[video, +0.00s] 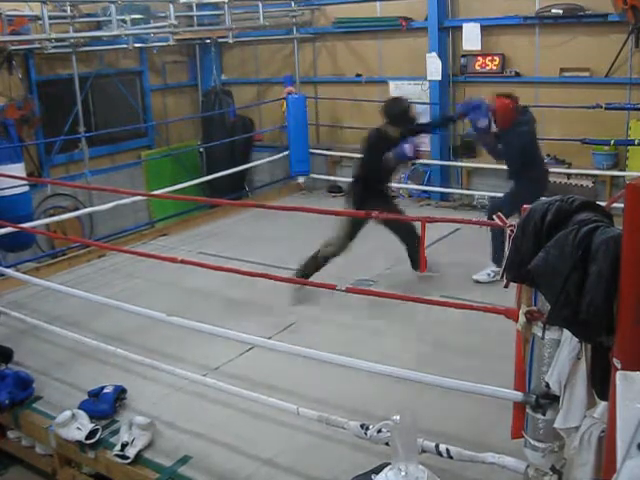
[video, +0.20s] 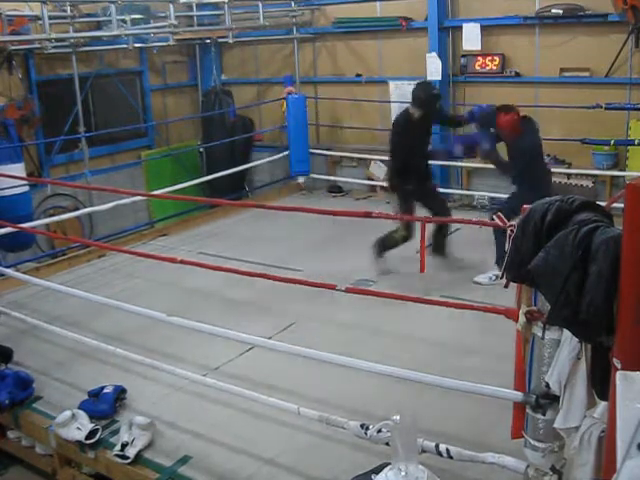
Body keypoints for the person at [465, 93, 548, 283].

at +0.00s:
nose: (496, 121)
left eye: (498, 117)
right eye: (496, 117)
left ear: (506, 117)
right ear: (512, 114)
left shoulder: (518, 133)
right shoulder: (521, 122)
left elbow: (500, 156)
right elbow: (501, 141)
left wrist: (485, 138)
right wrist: (487, 133)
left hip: (529, 185)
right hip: (534, 181)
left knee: (496, 211)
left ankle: (498, 265)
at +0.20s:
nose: (505, 134)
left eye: (508, 130)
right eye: (503, 130)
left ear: (516, 123)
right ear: (499, 123)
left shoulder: (525, 142)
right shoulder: (521, 125)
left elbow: (512, 171)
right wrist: (481, 117)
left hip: (531, 190)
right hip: (540, 185)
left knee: (499, 218)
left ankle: (502, 268)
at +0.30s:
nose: (498, 133)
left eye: (499, 129)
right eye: (496, 129)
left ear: (508, 127)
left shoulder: (519, 143)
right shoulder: (523, 123)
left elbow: (519, 179)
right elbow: (491, 130)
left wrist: (497, 176)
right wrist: (485, 115)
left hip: (526, 194)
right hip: (539, 189)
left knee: (486, 214)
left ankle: (496, 267)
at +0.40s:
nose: (497, 123)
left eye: (500, 119)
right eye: (497, 118)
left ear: (509, 118)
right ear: (516, 113)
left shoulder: (518, 140)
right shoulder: (525, 122)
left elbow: (520, 179)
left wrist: (502, 195)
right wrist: (495, 104)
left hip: (525, 198)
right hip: (537, 192)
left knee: (485, 224)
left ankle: (497, 273)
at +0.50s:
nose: (489, 112)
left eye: (491, 108)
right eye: (490, 107)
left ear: (496, 109)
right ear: (515, 104)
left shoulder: (497, 132)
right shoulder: (530, 119)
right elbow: (541, 121)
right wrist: (521, 107)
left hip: (512, 189)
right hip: (538, 186)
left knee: (488, 225)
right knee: (539, 225)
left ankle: (496, 273)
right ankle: (542, 274)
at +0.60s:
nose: (489, 105)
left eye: (490, 102)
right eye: (491, 102)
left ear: (492, 104)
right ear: (510, 102)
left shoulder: (487, 130)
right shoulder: (523, 120)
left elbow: (473, 154)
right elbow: (547, 141)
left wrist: (454, 146)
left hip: (511, 188)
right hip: (538, 183)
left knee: (492, 226)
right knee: (547, 224)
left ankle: (491, 275)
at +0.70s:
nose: (486, 110)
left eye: (487, 106)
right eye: (487, 106)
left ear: (491, 108)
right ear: (509, 106)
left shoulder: (486, 135)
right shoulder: (522, 123)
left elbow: (465, 163)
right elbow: (542, 144)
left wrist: (461, 147)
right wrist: (541, 144)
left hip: (509, 193)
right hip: (535, 188)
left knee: (488, 233)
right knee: (542, 231)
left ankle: (483, 278)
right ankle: (545, 278)